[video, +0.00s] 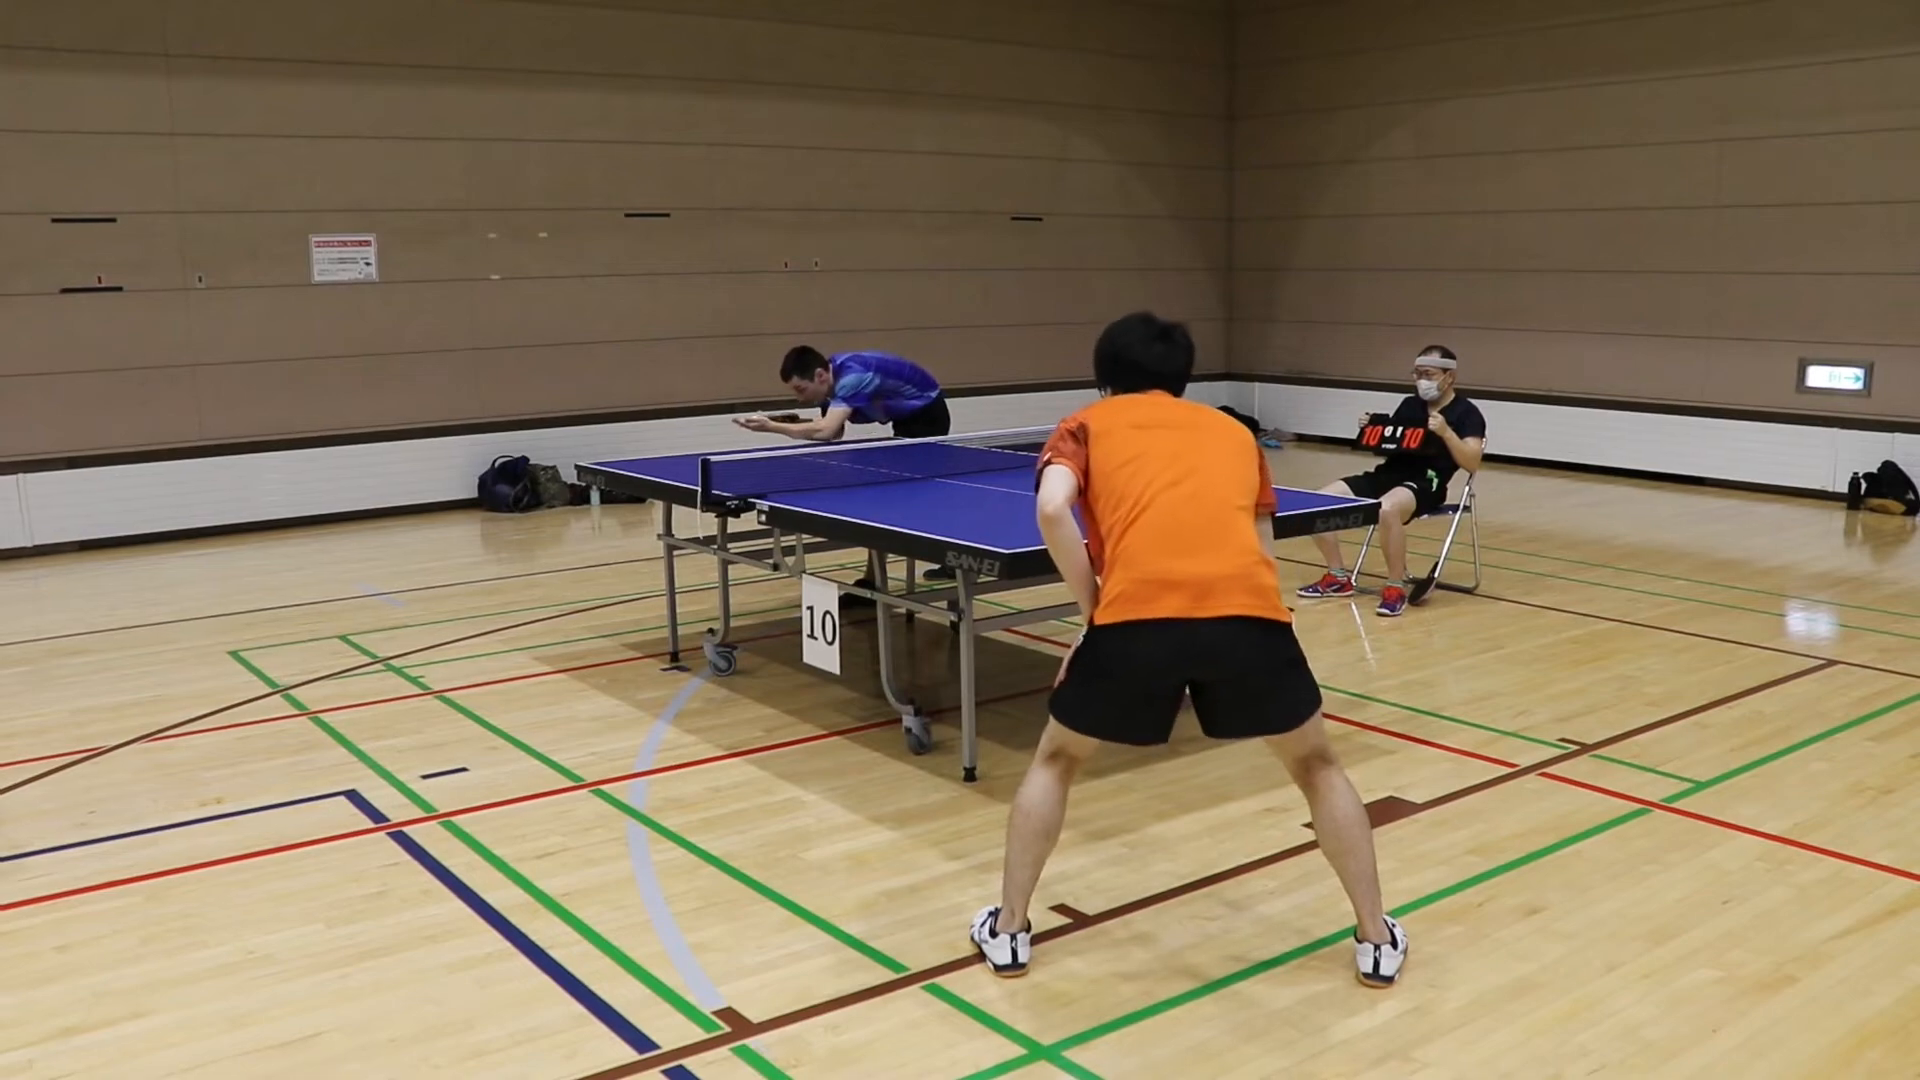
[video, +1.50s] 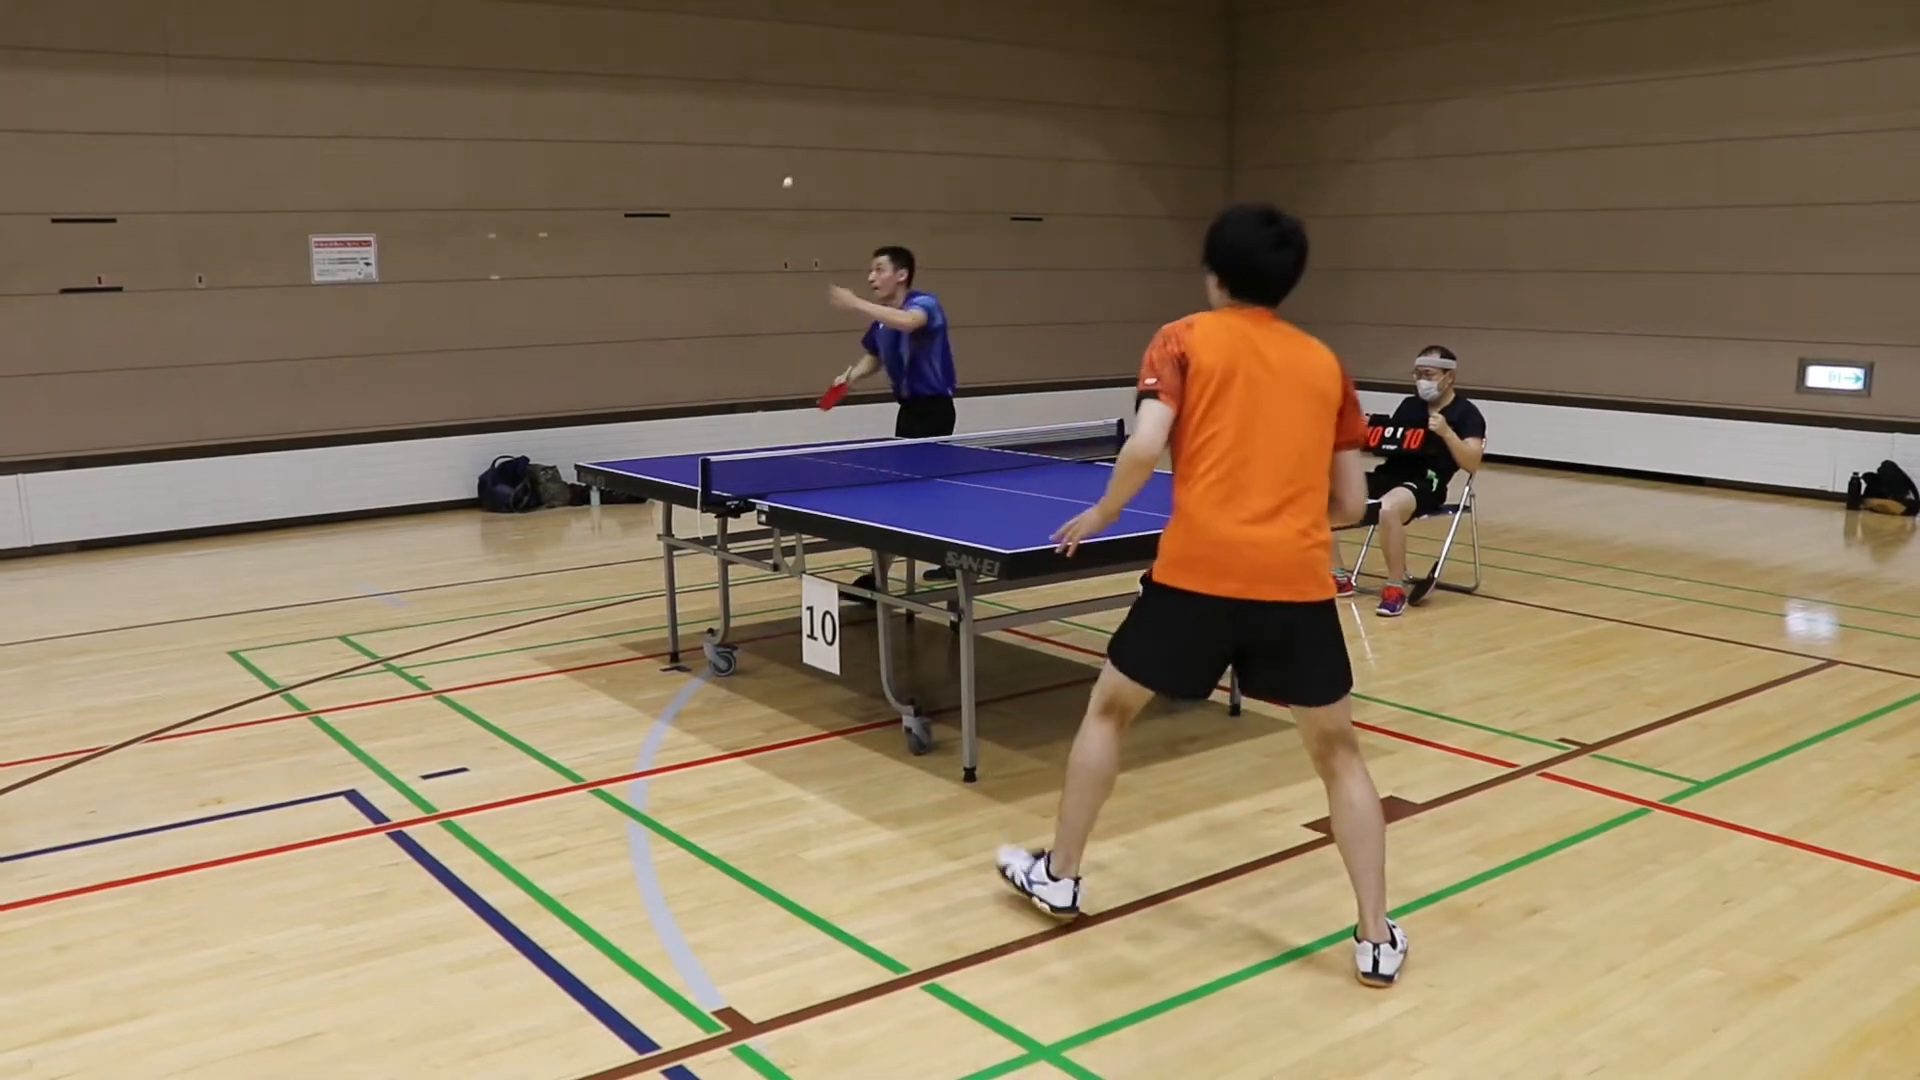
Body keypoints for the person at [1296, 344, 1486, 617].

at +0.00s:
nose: (1423, 381)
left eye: (1430, 375)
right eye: (1418, 374)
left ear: (1450, 377)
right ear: (1413, 375)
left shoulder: (1466, 414)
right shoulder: (1411, 404)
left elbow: (1472, 463)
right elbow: (1392, 439)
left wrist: (1446, 433)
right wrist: (1373, 425)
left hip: (1427, 481)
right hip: (1390, 474)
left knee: (1389, 509)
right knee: (1319, 502)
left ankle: (1394, 588)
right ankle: (1338, 576)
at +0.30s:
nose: (1423, 381)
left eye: (1430, 374)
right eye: (1419, 374)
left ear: (1450, 377)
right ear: (1414, 375)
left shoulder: (1467, 414)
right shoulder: (1411, 404)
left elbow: (1472, 464)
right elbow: (1392, 439)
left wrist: (1446, 433)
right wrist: (1372, 425)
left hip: (1426, 481)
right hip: (1390, 474)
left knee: (1389, 509)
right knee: (1318, 503)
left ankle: (1394, 588)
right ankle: (1337, 576)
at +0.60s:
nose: (1423, 381)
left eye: (1430, 375)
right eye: (1419, 374)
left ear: (1449, 378)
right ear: (1414, 375)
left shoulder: (1467, 414)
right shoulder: (1411, 405)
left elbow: (1472, 464)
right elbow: (1392, 440)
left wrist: (1446, 434)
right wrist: (1373, 426)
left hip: (1427, 482)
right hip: (1390, 474)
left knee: (1389, 510)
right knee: (1317, 503)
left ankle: (1394, 588)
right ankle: (1337, 576)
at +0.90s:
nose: (1423, 380)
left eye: (1430, 374)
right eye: (1418, 374)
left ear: (1449, 377)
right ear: (1413, 375)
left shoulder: (1467, 414)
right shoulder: (1411, 405)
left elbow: (1472, 463)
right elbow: (1393, 440)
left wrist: (1446, 433)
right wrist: (1373, 426)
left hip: (1427, 482)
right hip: (1390, 474)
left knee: (1389, 509)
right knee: (1318, 503)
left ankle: (1395, 588)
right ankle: (1337, 576)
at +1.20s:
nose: (1422, 380)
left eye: (1429, 374)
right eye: (1418, 374)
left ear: (1449, 378)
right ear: (1414, 375)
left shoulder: (1467, 414)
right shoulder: (1410, 405)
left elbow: (1472, 463)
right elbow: (1391, 442)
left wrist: (1446, 432)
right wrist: (1373, 428)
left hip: (1426, 481)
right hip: (1390, 474)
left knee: (1390, 508)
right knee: (1326, 496)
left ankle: (1395, 588)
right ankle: (1337, 575)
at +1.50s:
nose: (1423, 381)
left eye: (1430, 375)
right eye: (1418, 374)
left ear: (1450, 378)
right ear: (1414, 375)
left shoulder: (1466, 413)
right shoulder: (1410, 405)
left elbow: (1471, 463)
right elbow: (1386, 444)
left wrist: (1446, 433)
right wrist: (1367, 432)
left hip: (1426, 482)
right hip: (1388, 476)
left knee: (1390, 508)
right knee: (1323, 500)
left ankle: (1395, 587)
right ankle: (1337, 574)